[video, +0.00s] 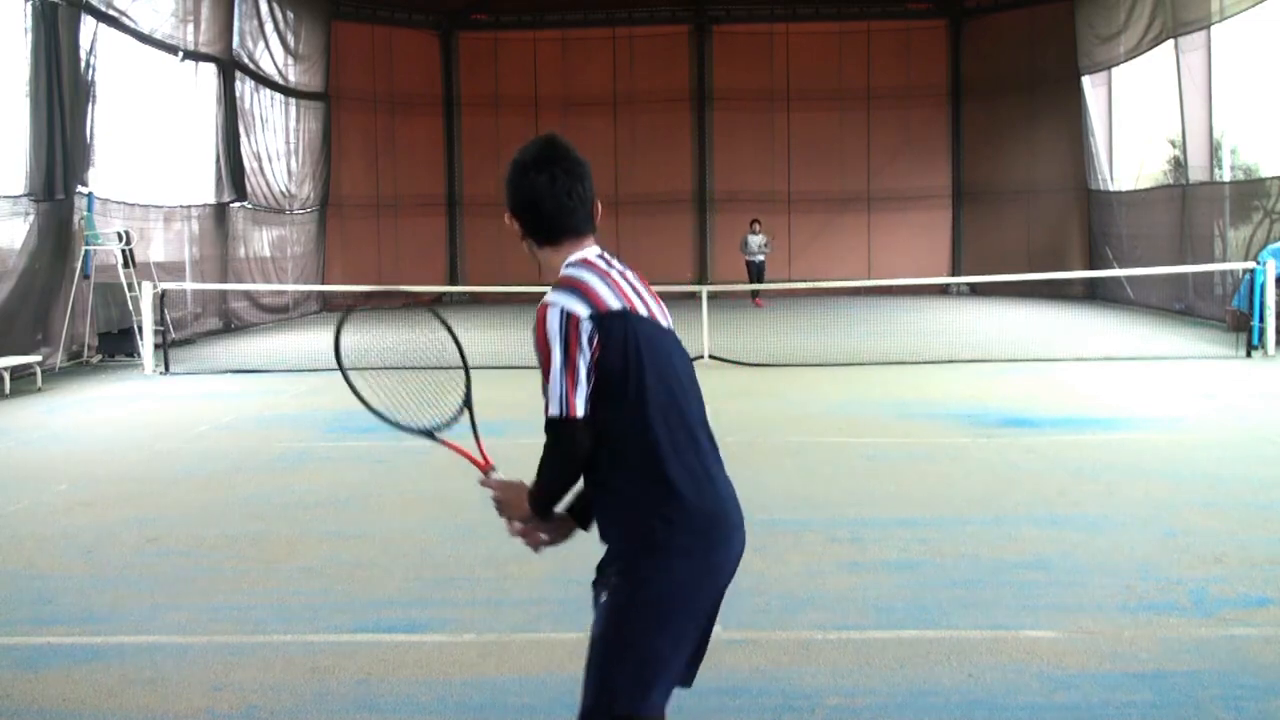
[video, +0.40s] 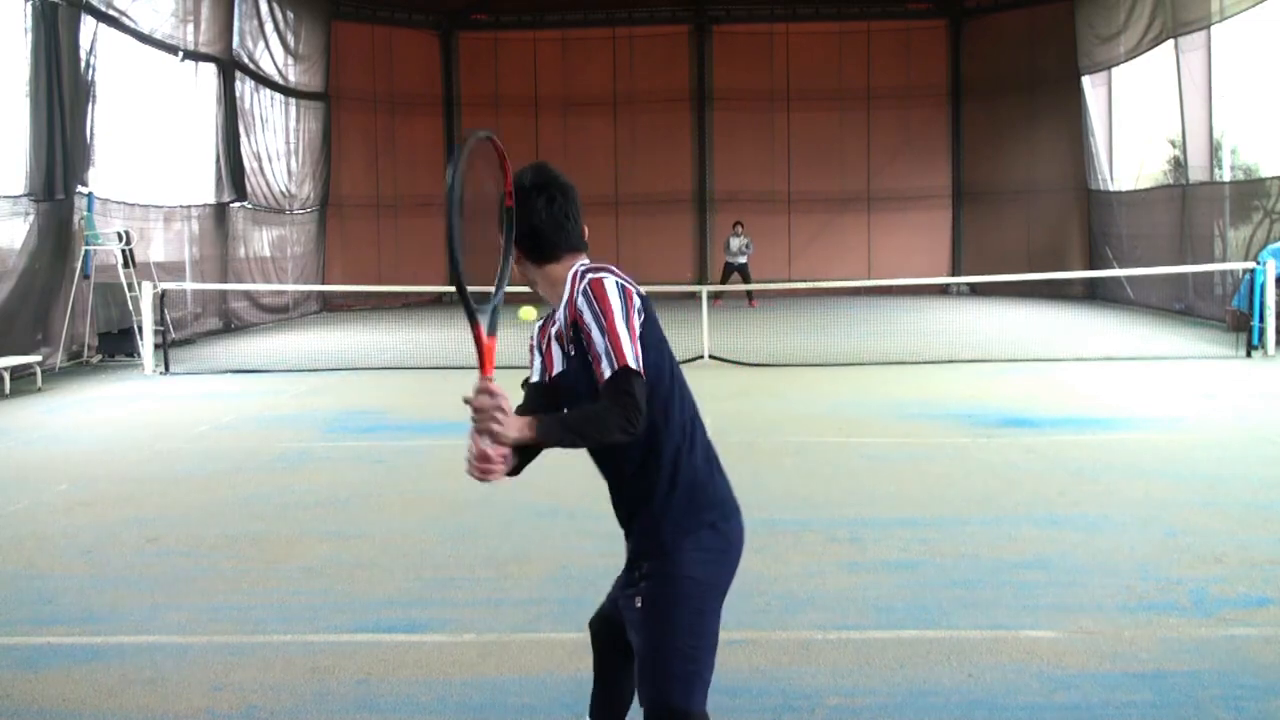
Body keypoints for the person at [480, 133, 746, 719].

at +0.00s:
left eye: (506, 215)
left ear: (515, 226)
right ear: (597, 210)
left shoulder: (565, 302)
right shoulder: (629, 283)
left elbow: (571, 437)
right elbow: (639, 434)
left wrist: (534, 500)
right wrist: (569, 519)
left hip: (661, 539)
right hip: (708, 525)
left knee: (613, 706)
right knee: (642, 699)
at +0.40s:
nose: (505, 249)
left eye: (506, 235)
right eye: (508, 232)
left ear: (515, 246)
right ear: (581, 229)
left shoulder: (599, 289)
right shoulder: (549, 331)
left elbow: (625, 415)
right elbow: (540, 419)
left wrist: (522, 425)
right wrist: (504, 457)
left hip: (691, 529)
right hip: (655, 532)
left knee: (673, 705)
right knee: (610, 631)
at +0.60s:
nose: (503, 262)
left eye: (502, 250)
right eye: (501, 250)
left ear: (517, 254)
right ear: (568, 239)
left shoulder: (578, 306)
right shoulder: (564, 312)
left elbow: (580, 428)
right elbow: (527, 412)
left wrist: (530, 520)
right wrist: (494, 498)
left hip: (627, 529)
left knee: (607, 691)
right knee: (576, 657)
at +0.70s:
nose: (500, 247)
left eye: (499, 236)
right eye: (497, 234)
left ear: (517, 237)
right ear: (571, 219)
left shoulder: (513, 297)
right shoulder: (638, 286)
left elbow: (512, 403)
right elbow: (624, 382)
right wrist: (527, 424)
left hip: (583, 500)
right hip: (659, 493)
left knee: (627, 683)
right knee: (628, 635)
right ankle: (612, 707)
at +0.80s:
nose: (488, 218)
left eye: (486, 208)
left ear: (495, 216)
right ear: (558, 196)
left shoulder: (495, 280)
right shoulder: (619, 263)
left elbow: (558, 293)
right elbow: (673, 329)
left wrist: (632, 262)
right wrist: (661, 267)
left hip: (560, 485)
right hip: (638, 482)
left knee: (602, 649)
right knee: (625, 634)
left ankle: (625, 716)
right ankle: (615, 715)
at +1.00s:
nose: (565, 169)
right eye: (564, 162)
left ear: (491, 190)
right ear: (561, 175)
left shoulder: (488, 255)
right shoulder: (601, 260)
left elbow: (574, 241)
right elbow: (699, 301)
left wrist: (657, 205)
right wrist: (712, 224)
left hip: (521, 476)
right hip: (598, 476)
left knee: (532, 636)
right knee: (602, 631)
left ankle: (529, 718)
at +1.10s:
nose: (477, 186)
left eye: (478, 177)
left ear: (484, 188)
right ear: (550, 175)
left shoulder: (479, 257)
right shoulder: (592, 263)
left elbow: (560, 270)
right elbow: (681, 335)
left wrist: (647, 246)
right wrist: (707, 263)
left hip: (511, 478)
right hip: (588, 481)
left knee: (509, 627)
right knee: (595, 634)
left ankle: (491, 718)